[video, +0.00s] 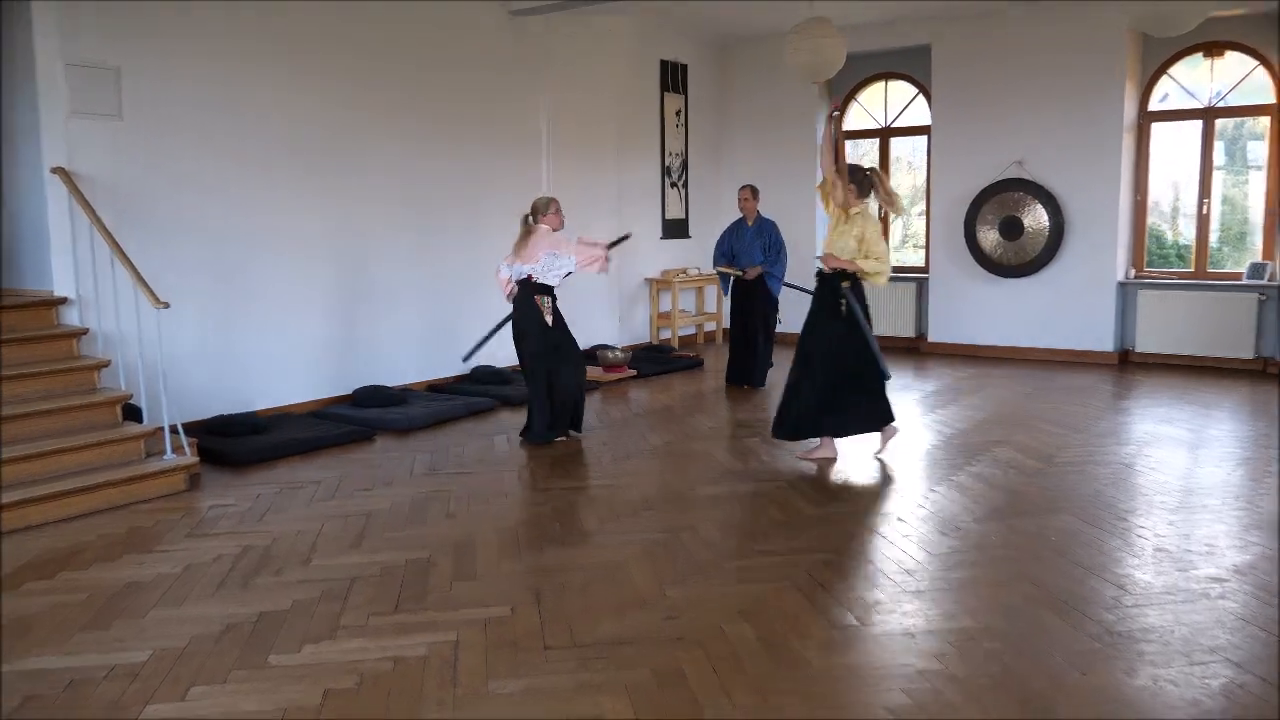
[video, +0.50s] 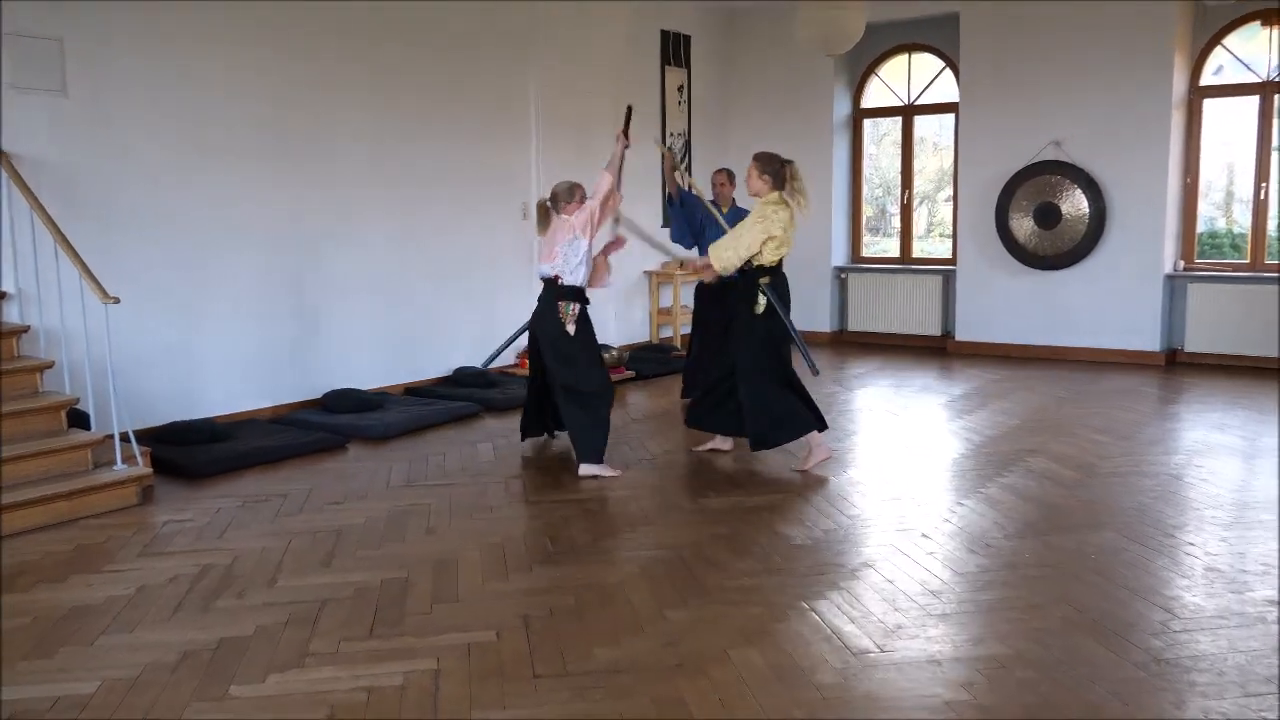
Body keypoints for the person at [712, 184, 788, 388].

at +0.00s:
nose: (741, 203)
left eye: (745, 200)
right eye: (739, 200)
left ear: (756, 202)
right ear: (738, 203)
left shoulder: (769, 227)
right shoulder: (733, 229)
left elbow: (779, 256)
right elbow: (720, 253)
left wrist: (760, 269)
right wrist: (726, 266)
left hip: (763, 284)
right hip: (740, 283)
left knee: (760, 332)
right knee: (738, 330)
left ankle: (756, 378)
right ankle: (735, 377)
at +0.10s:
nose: (739, 199)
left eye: (744, 196)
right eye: (737, 196)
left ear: (755, 198)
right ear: (736, 199)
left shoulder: (768, 225)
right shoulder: (729, 227)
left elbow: (778, 256)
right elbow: (716, 254)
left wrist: (758, 267)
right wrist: (724, 267)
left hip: (761, 285)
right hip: (737, 284)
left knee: (758, 332)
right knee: (734, 330)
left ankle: (755, 381)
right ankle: (735, 377)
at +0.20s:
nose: (736, 198)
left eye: (740, 194)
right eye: (733, 194)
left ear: (751, 195)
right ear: (731, 197)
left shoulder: (763, 223)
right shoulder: (724, 224)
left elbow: (777, 255)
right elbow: (706, 250)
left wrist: (758, 264)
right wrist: (717, 260)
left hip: (757, 285)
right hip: (732, 284)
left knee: (756, 334)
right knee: (728, 330)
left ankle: (756, 385)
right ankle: (734, 380)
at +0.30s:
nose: (737, 195)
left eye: (740, 190)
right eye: (732, 191)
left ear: (747, 193)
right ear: (723, 196)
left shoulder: (760, 220)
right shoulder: (714, 222)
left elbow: (777, 250)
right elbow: (706, 259)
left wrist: (759, 261)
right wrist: (697, 236)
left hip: (755, 284)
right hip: (727, 284)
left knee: (754, 336)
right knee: (718, 334)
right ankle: (705, 380)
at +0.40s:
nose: (725, 192)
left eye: (729, 188)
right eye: (722, 188)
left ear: (741, 190)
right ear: (718, 191)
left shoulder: (753, 218)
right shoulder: (709, 216)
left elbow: (767, 249)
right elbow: (692, 252)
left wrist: (754, 260)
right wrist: (684, 216)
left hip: (747, 284)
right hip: (719, 283)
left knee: (744, 339)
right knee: (712, 336)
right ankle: (707, 389)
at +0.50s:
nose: (717, 189)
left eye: (721, 184)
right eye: (714, 185)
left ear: (733, 187)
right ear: (711, 188)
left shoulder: (746, 216)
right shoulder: (703, 212)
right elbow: (676, 192)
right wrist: (668, 167)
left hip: (741, 285)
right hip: (712, 284)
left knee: (736, 343)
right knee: (706, 341)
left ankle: (734, 399)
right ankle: (701, 395)